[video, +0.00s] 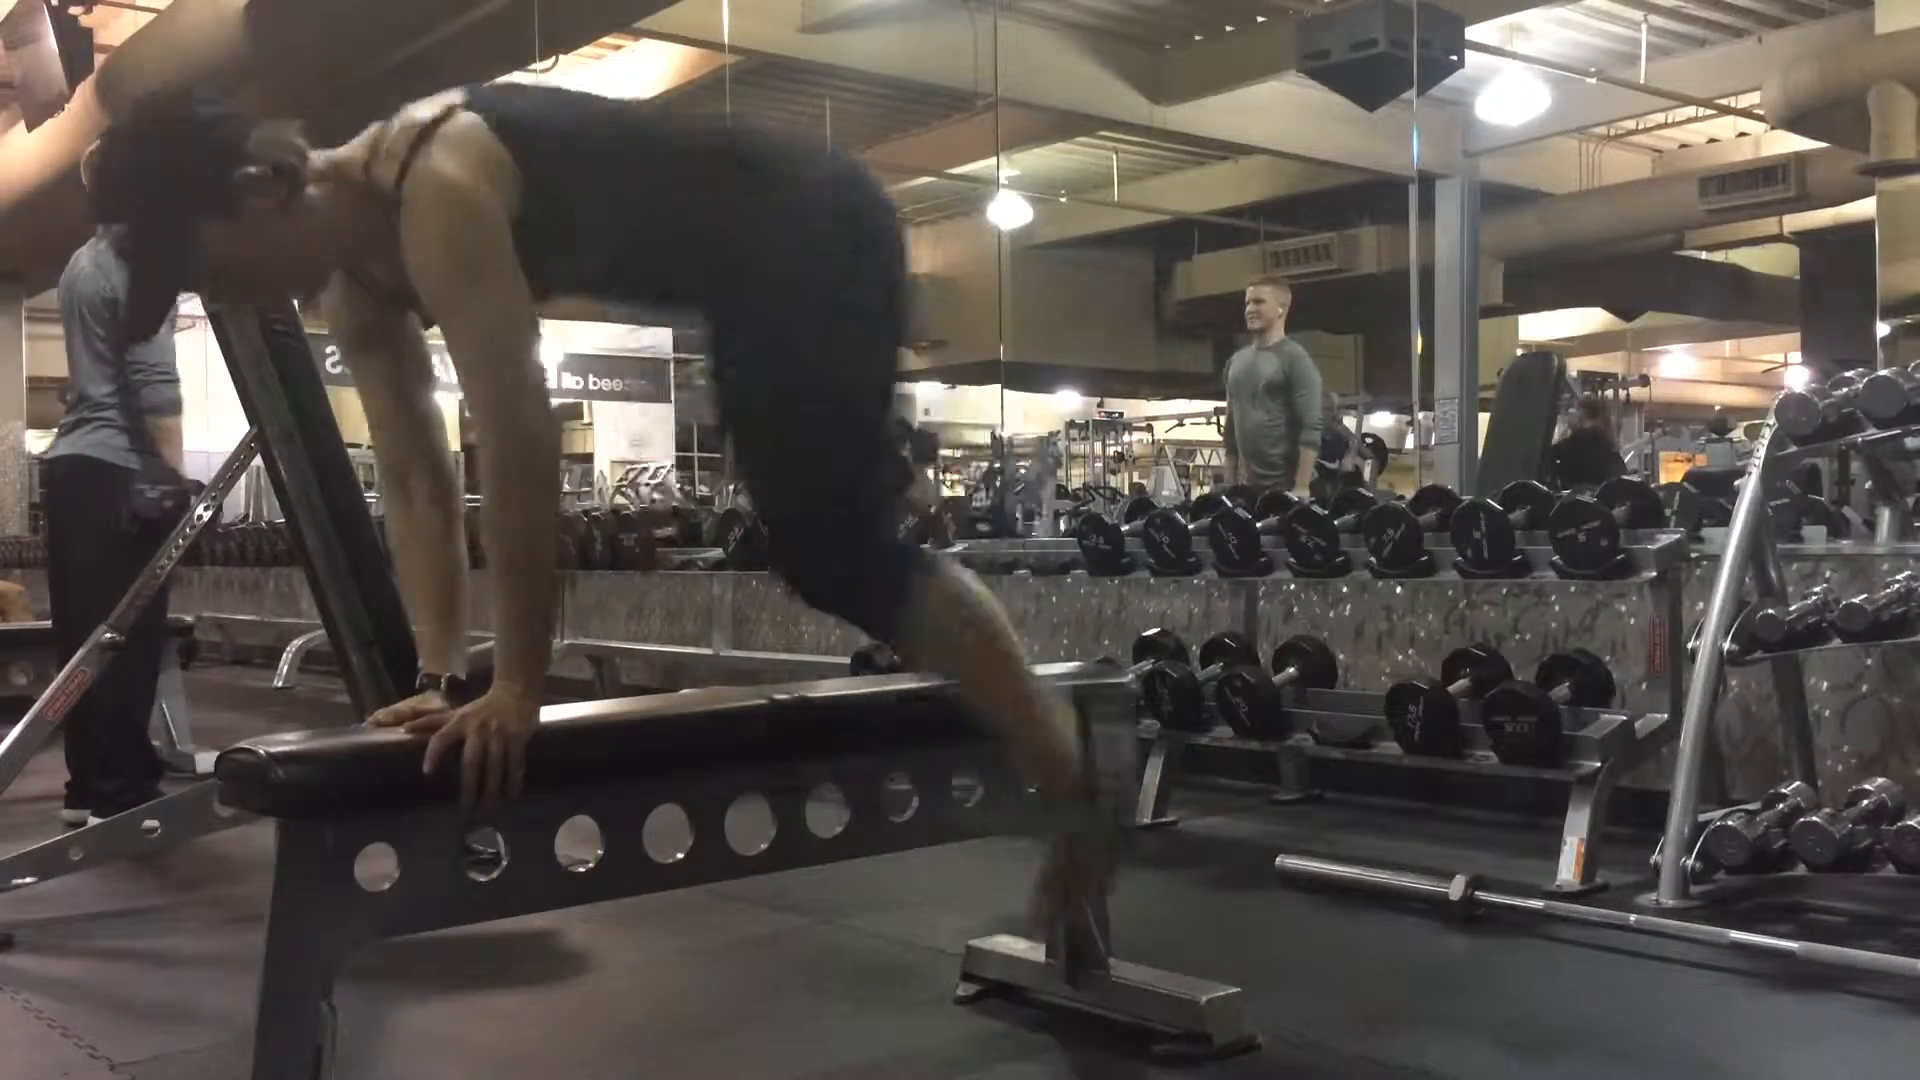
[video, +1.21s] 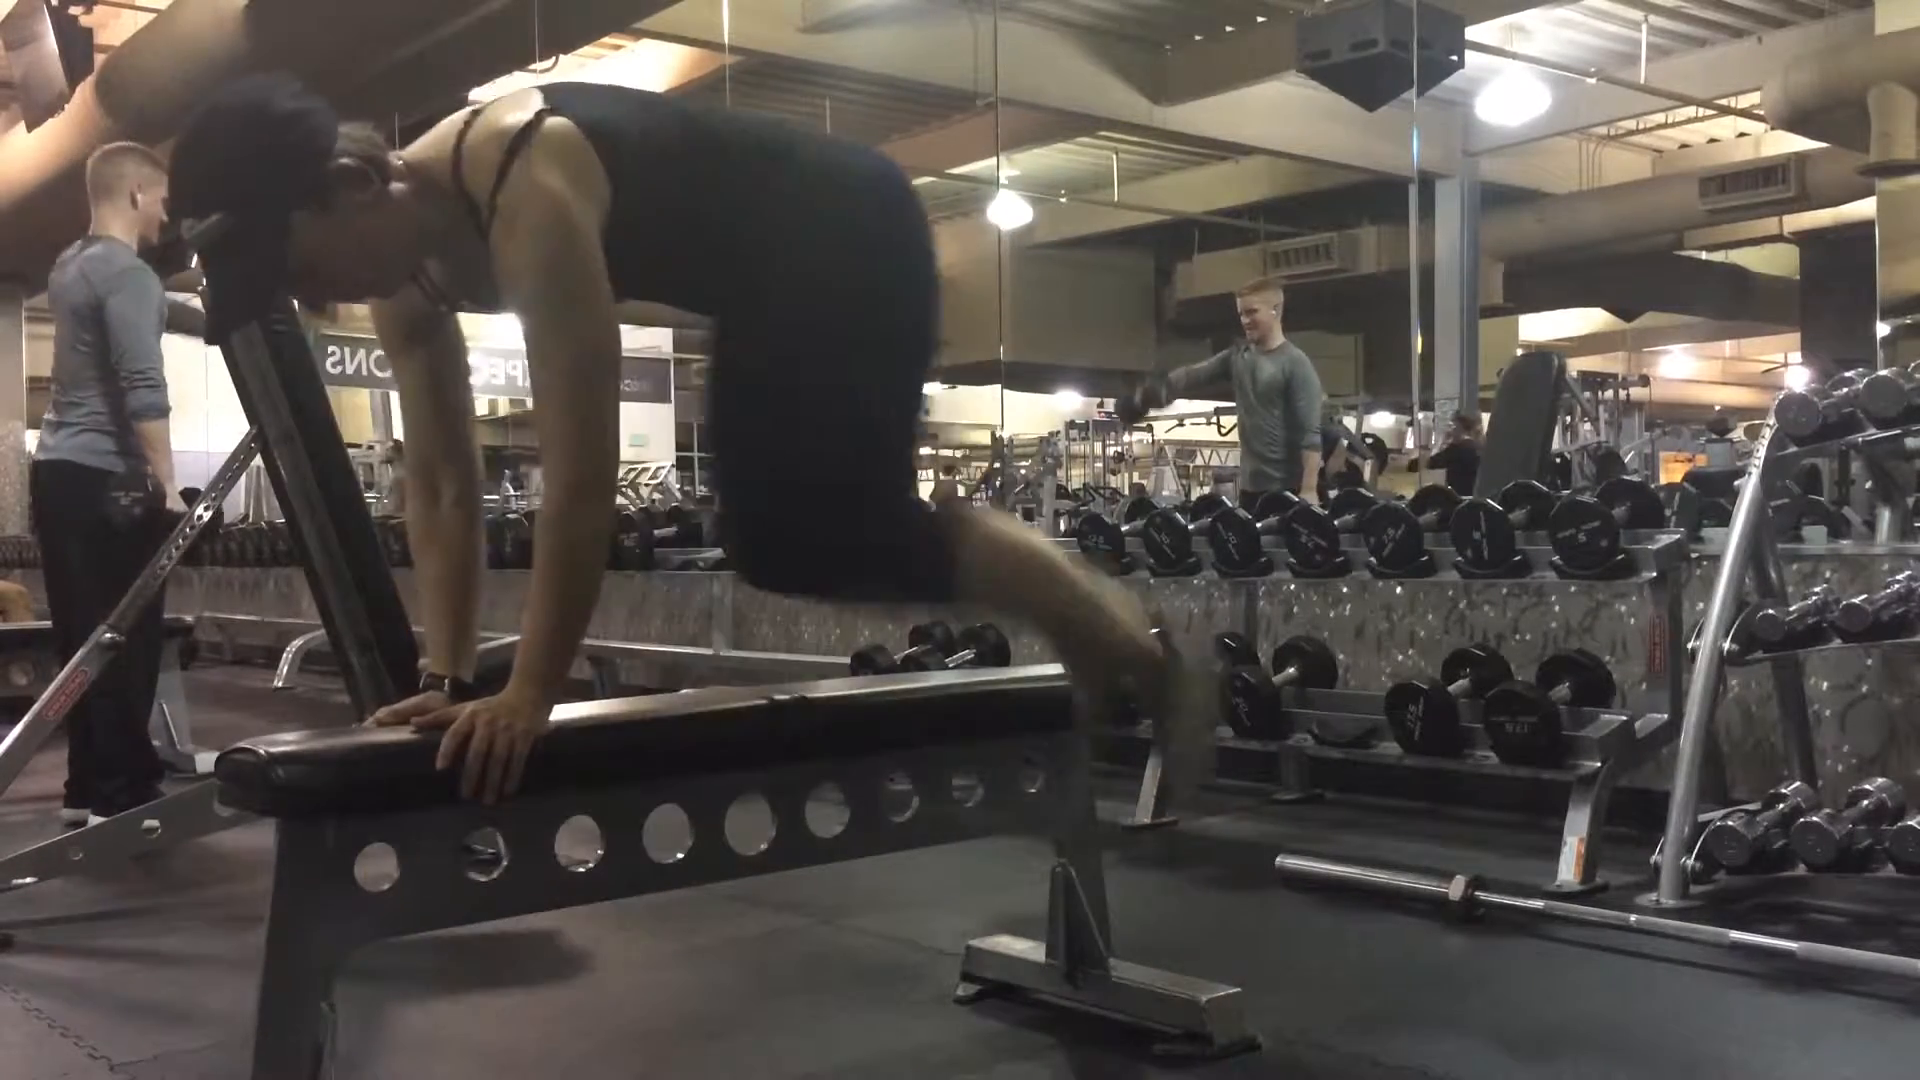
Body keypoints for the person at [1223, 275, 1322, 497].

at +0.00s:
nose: (1249, 309)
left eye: (1258, 302)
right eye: (1247, 303)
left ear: (1282, 309)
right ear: (1244, 307)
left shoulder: (1296, 359)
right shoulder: (1236, 362)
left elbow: (1312, 427)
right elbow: (1231, 425)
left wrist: (1302, 486)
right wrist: (1230, 480)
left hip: (1286, 486)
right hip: (1250, 484)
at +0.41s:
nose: (1255, 310)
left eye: (1264, 303)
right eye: (1252, 304)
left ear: (1286, 310)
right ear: (1249, 308)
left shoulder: (1304, 362)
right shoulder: (1235, 363)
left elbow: (1319, 429)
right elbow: (1212, 421)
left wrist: (1310, 486)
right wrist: (1195, 476)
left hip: (1291, 488)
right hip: (1251, 488)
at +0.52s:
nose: (1257, 312)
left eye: (1266, 305)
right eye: (1255, 306)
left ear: (1290, 309)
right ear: (1252, 309)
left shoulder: (1307, 361)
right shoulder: (1241, 359)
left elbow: (1321, 429)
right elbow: (1208, 401)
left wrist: (1311, 485)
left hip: (1292, 484)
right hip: (1252, 484)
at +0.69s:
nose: (1258, 316)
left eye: (1266, 308)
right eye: (1255, 310)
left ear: (1290, 309)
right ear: (1252, 311)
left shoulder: (1306, 360)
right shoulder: (1245, 356)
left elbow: (1321, 428)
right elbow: (1201, 375)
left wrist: (1312, 485)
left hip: (1293, 484)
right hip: (1254, 482)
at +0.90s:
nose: (1249, 321)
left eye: (1256, 312)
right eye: (1246, 314)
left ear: (1280, 309)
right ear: (1243, 315)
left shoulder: (1300, 358)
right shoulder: (1243, 354)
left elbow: (1318, 426)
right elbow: (1201, 355)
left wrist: (1311, 484)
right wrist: (1167, 346)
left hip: (1290, 486)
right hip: (1254, 484)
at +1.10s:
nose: (1249, 320)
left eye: (1256, 312)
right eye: (1246, 314)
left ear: (1281, 310)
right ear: (1244, 316)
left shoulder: (1300, 360)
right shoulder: (1242, 355)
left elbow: (1315, 427)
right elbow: (1194, 362)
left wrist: (1310, 485)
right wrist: (1146, 360)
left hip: (1289, 485)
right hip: (1252, 485)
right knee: (1251, 563)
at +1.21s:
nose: (1244, 321)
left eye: (1251, 313)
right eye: (1241, 314)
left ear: (1276, 311)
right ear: (1239, 316)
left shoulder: (1297, 365)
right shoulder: (1239, 357)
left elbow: (1311, 434)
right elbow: (1193, 376)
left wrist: (1308, 490)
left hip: (1286, 490)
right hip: (1250, 489)